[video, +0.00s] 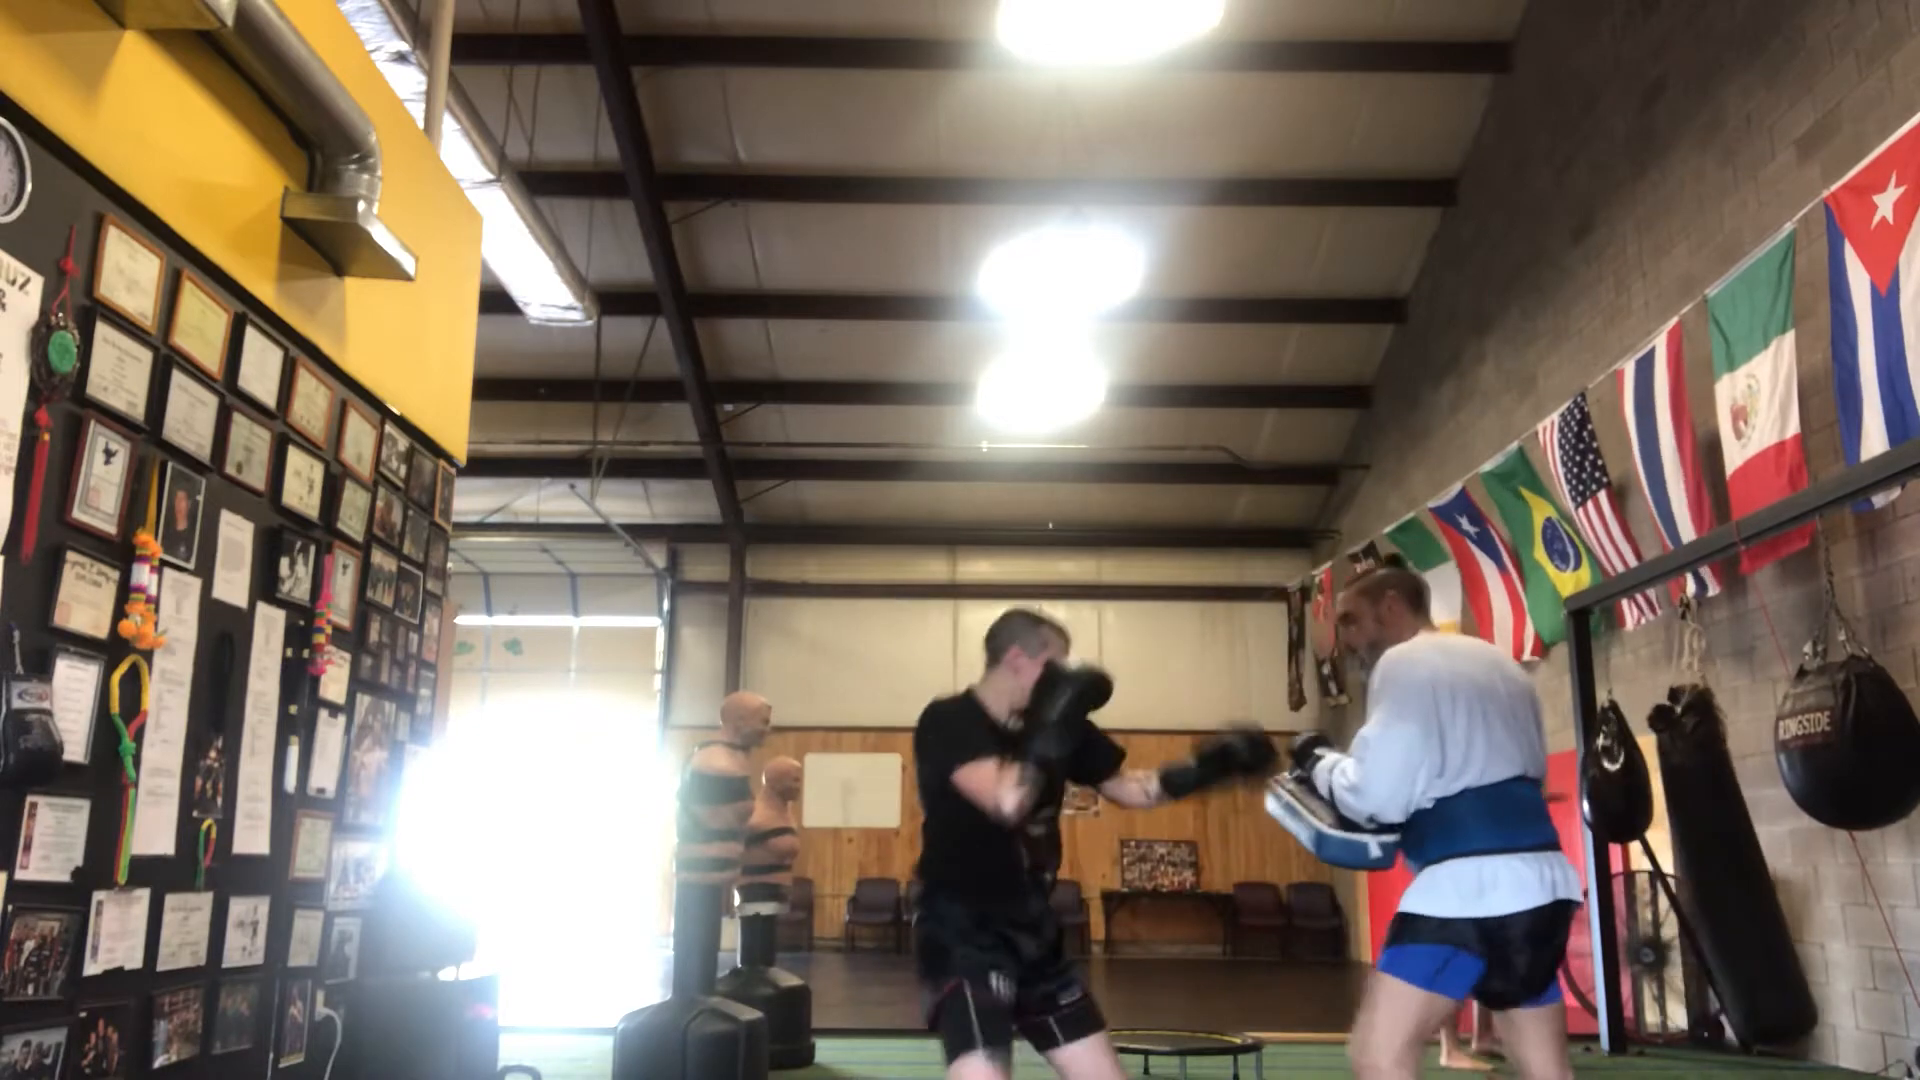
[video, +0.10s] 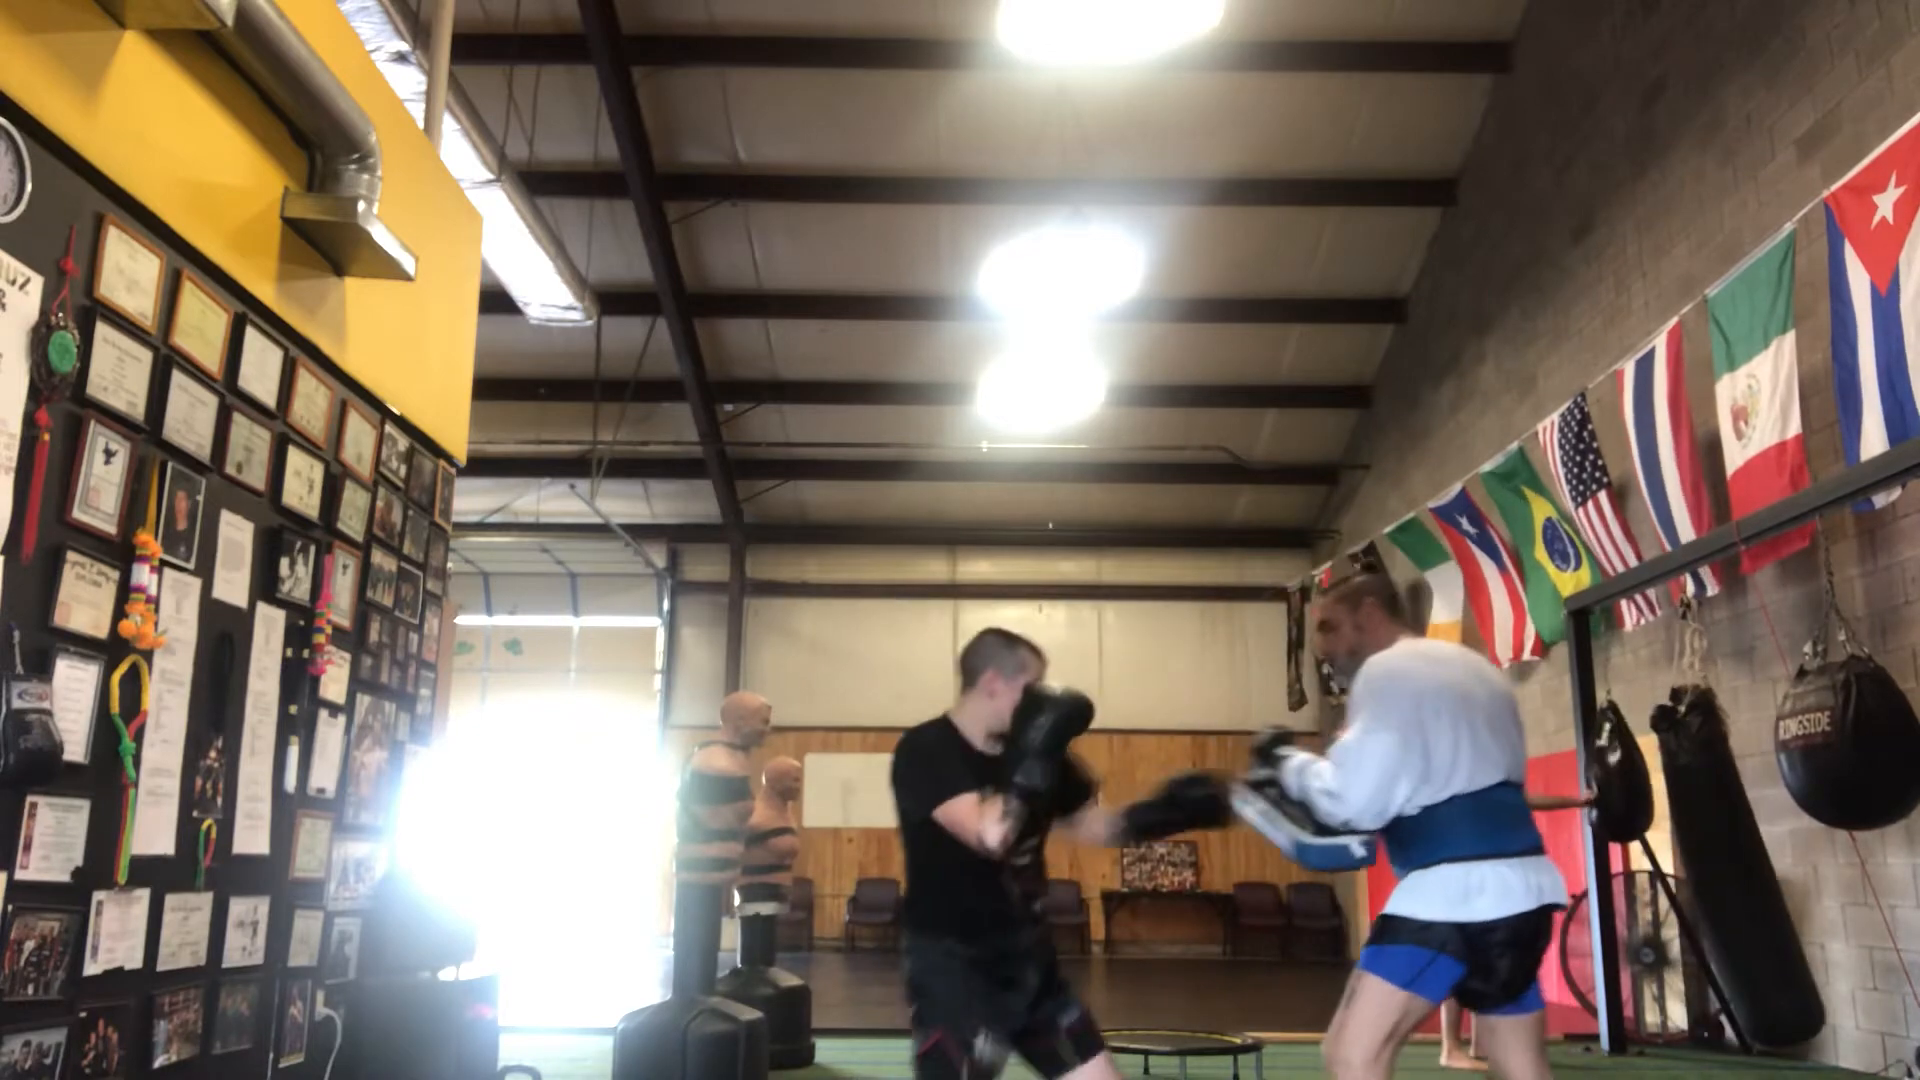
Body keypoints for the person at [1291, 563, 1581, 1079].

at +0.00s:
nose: (1349, 643)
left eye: (1351, 624)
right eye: (1345, 629)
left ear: (1390, 607)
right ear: (1408, 610)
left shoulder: (1404, 666)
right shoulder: (1503, 664)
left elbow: (1380, 797)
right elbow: (1530, 775)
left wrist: (1318, 759)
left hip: (1460, 897)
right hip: (1542, 892)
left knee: (1379, 1054)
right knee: (1546, 1066)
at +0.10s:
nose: (1325, 650)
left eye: (1329, 630)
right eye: (1322, 634)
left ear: (1369, 613)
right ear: (1381, 615)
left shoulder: (1388, 675)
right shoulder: (1480, 668)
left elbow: (1356, 800)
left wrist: (1286, 759)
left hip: (1446, 899)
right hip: (1526, 894)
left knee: (1352, 1054)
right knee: (1520, 1063)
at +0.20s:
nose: (1296, 653)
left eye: (1301, 632)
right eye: (1293, 637)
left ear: (1341, 615)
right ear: (1346, 618)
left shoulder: (1361, 680)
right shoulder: (1447, 672)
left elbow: (1321, 801)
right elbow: (1485, 774)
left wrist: (1237, 760)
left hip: (1419, 913)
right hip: (1497, 903)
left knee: (1321, 1061)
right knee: (1508, 1069)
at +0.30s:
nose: (1260, 643)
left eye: (1264, 622)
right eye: (1257, 627)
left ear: (1305, 605)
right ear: (1310, 609)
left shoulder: (1327, 672)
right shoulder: (1410, 668)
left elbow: (1287, 800)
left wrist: (1203, 759)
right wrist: (1276, 760)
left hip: (1372, 911)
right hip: (1454, 899)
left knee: (1298, 1066)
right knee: (1473, 1062)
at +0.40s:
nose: (1219, 628)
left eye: (1225, 607)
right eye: (1216, 611)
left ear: (1267, 592)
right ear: (1274, 595)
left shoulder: (1286, 656)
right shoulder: (1369, 654)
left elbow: (1253, 791)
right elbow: (1326, 765)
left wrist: (1173, 754)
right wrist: (1228, 745)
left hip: (1331, 905)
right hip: (1396, 895)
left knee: (1286, 1068)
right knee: (1378, 1058)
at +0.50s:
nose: (1180, 625)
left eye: (1185, 605)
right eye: (1177, 609)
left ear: (1225, 588)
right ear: (1235, 590)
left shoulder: (1246, 653)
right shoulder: (1330, 647)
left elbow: (1214, 786)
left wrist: (1153, 743)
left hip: (1302, 894)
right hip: (1356, 885)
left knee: (1285, 1068)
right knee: (1296, 1058)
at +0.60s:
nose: (1139, 628)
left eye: (1143, 607)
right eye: (1136, 611)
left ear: (1182, 590)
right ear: (1193, 591)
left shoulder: (1203, 652)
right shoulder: (1288, 649)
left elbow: (1177, 789)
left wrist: (1117, 745)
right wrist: (1144, 745)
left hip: (1272, 894)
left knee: (1276, 1065)